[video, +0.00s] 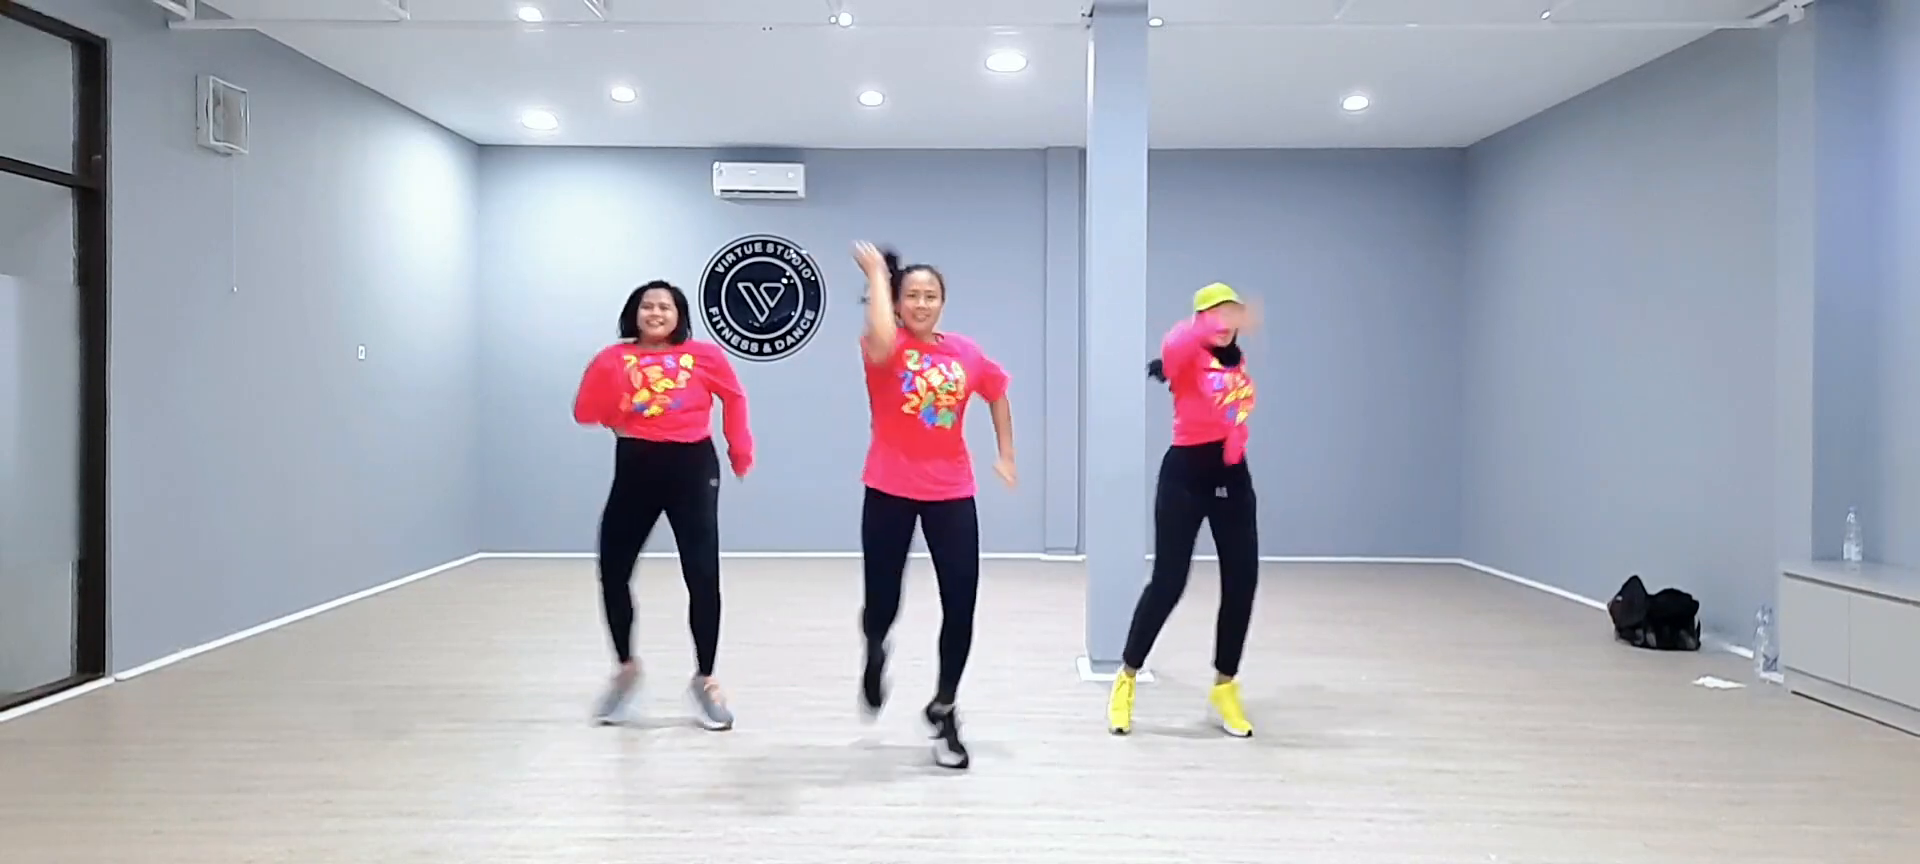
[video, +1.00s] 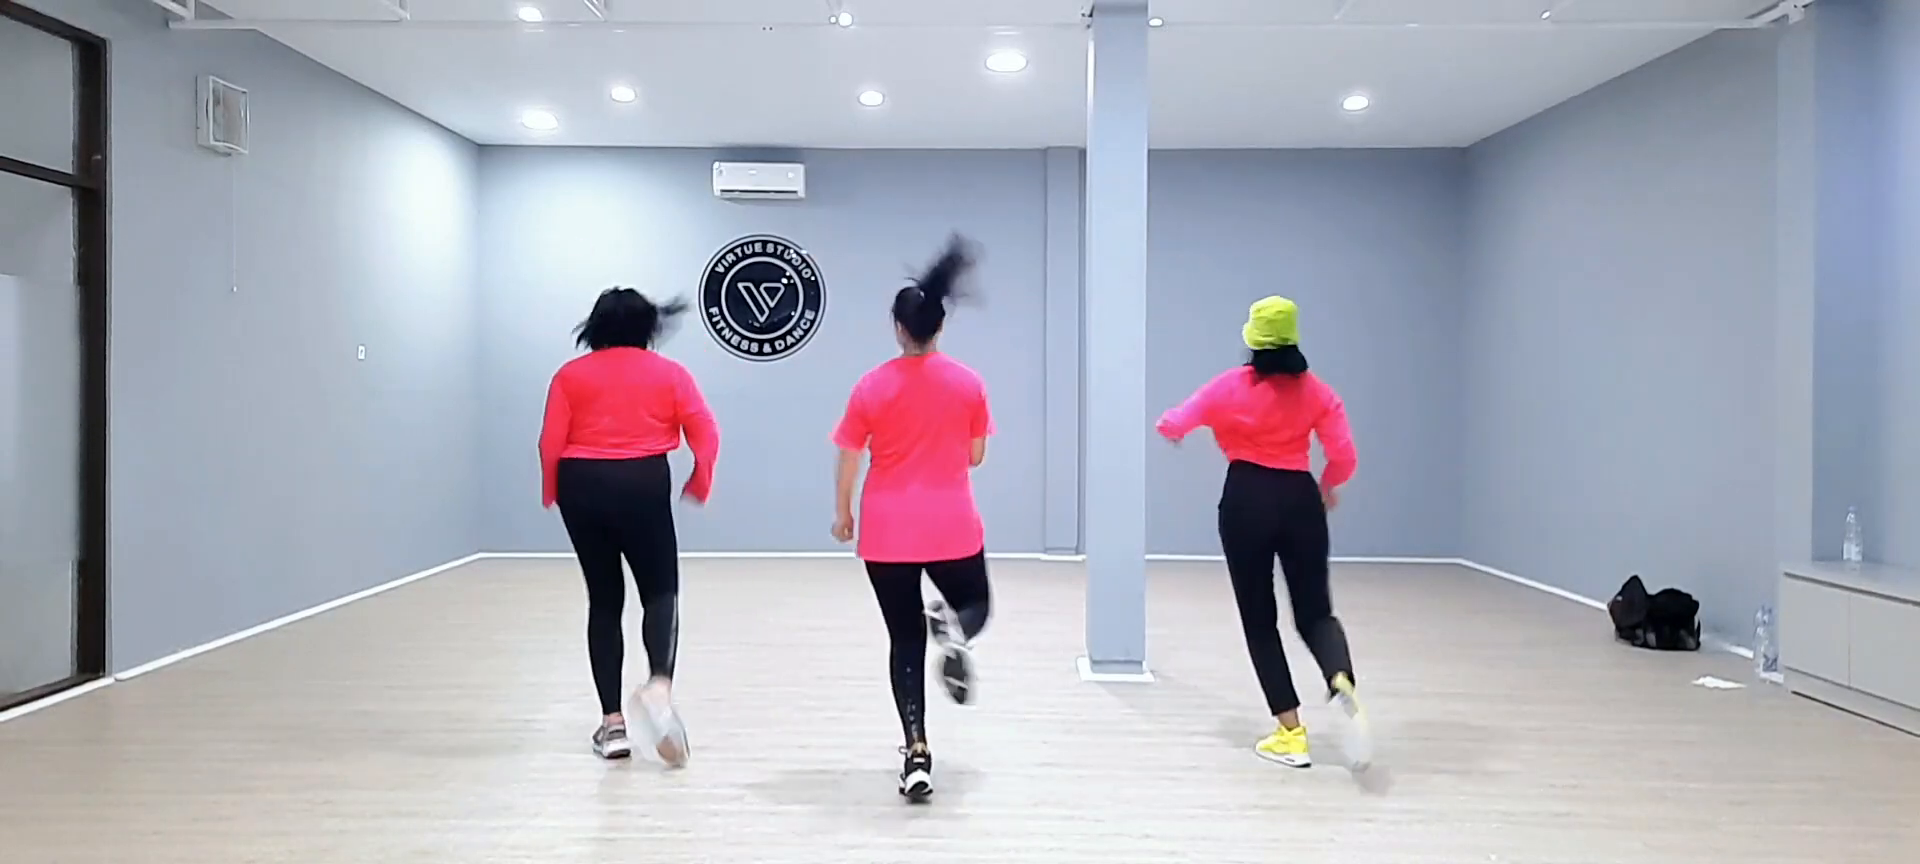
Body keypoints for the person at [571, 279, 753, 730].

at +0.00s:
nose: (655, 312)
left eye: (664, 307)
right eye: (647, 306)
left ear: (679, 317)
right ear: (633, 316)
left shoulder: (704, 355)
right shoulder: (616, 359)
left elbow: (734, 397)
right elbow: (585, 414)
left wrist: (741, 451)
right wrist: (605, 370)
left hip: (693, 470)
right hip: (636, 471)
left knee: (703, 575)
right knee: (613, 571)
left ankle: (705, 679)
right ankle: (626, 667)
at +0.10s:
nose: (668, 325)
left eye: (677, 319)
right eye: (660, 319)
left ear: (691, 329)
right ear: (647, 328)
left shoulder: (715, 376)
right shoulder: (625, 378)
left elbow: (736, 430)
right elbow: (597, 432)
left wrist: (751, 472)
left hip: (704, 491)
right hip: (648, 490)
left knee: (704, 593)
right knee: (639, 593)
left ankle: (699, 691)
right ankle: (638, 671)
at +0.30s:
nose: (679, 320)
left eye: (687, 314)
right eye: (671, 315)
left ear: (700, 324)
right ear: (657, 325)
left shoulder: (721, 373)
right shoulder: (632, 368)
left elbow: (752, 428)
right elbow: (582, 408)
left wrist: (731, 402)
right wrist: (610, 464)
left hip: (709, 481)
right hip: (651, 477)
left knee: (711, 584)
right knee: (678, 569)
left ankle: (704, 687)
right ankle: (646, 682)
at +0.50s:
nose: (668, 321)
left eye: (677, 314)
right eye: (658, 315)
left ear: (692, 324)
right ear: (644, 326)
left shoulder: (708, 368)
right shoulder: (627, 367)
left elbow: (717, 424)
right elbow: (584, 415)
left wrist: (741, 433)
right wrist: (642, 437)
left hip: (685, 492)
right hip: (642, 491)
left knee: (725, 584)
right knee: (667, 597)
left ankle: (682, 693)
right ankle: (639, 736)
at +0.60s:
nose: (673, 328)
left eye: (678, 322)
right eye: (662, 322)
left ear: (685, 337)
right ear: (640, 334)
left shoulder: (684, 386)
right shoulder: (631, 384)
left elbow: (691, 445)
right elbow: (623, 445)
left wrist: (703, 488)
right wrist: (690, 430)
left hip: (672, 499)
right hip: (637, 498)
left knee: (715, 589)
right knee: (671, 604)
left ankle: (676, 706)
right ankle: (637, 740)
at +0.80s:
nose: (677, 314)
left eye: (674, 306)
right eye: (672, 307)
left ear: (626, 312)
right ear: (660, 313)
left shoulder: (609, 352)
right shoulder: (661, 348)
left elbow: (575, 386)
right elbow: (708, 392)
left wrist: (597, 429)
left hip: (604, 466)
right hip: (644, 461)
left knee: (651, 575)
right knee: (666, 581)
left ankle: (637, 699)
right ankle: (651, 715)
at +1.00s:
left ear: (596, 327)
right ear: (648, 329)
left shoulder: (571, 373)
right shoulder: (669, 373)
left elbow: (551, 444)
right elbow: (706, 435)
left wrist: (551, 492)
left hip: (581, 487)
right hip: (644, 486)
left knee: (604, 600)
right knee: (659, 593)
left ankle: (613, 720)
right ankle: (660, 687)